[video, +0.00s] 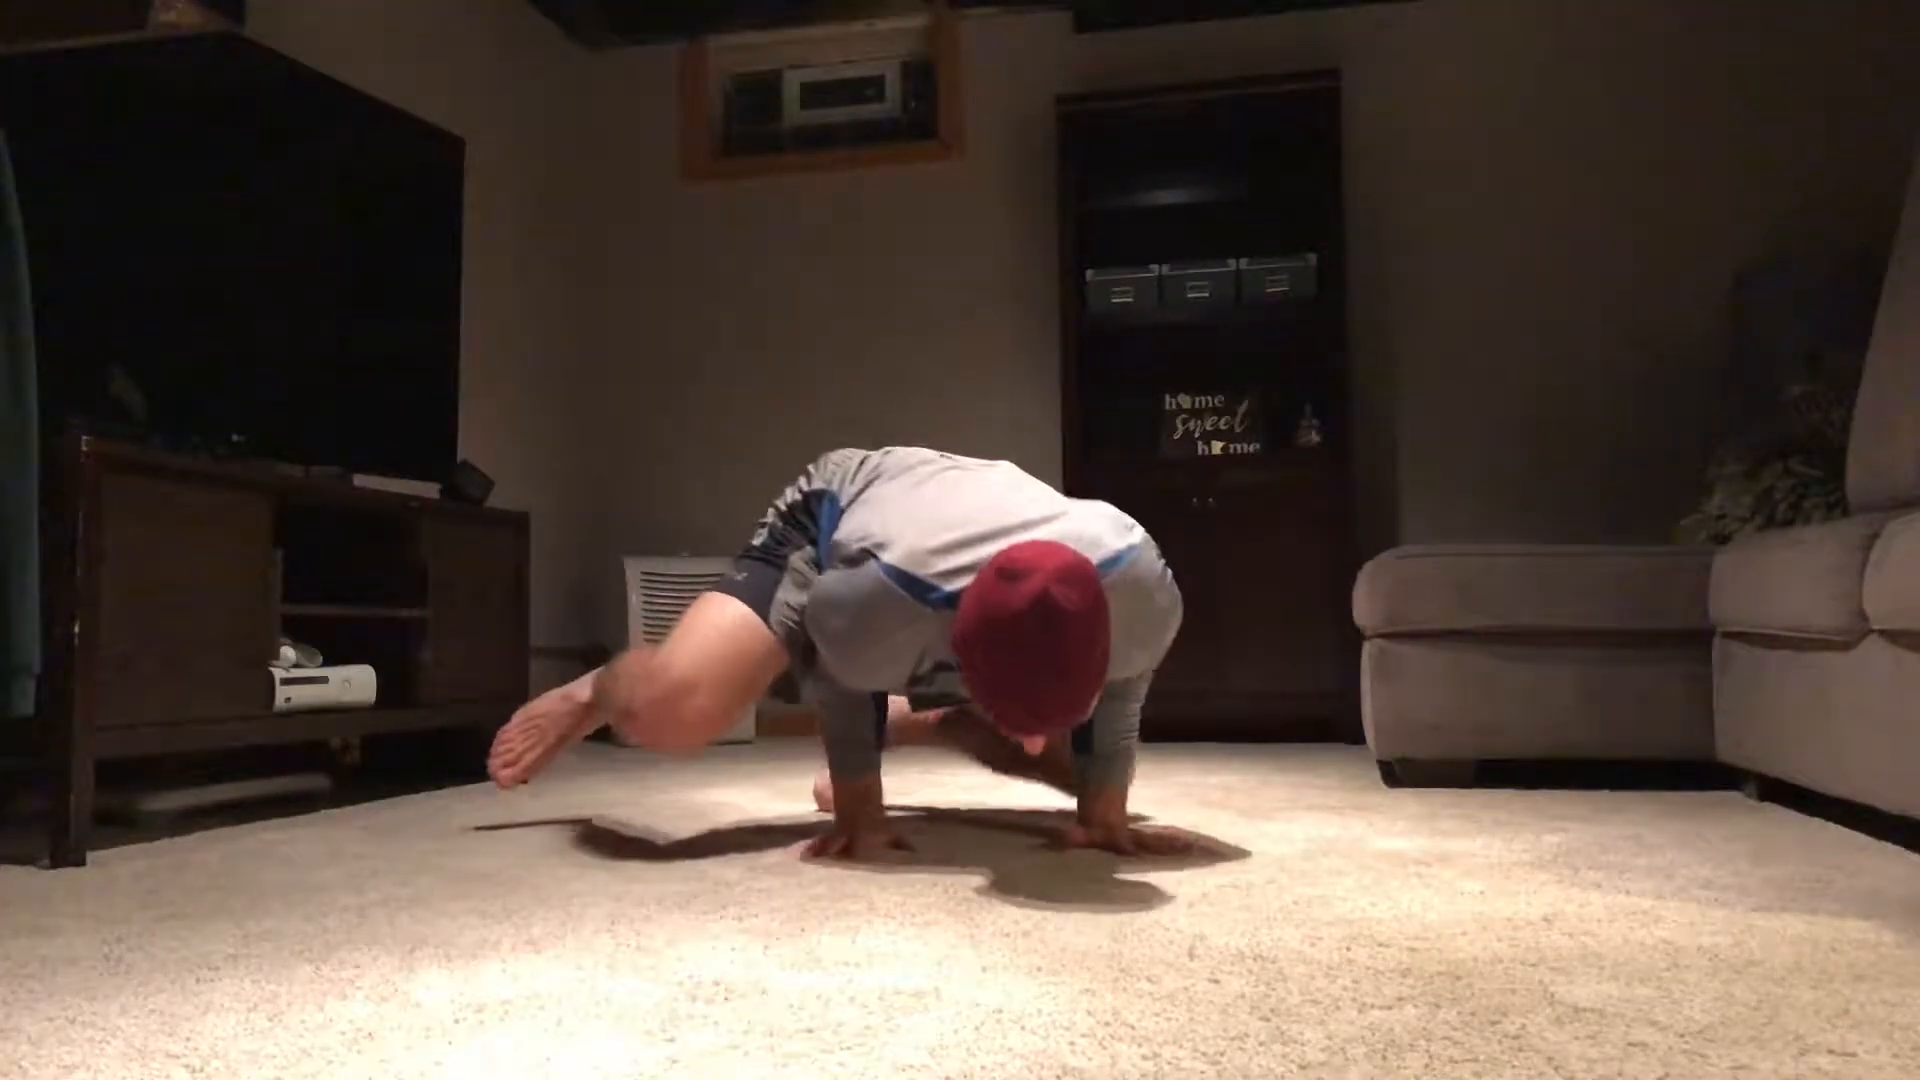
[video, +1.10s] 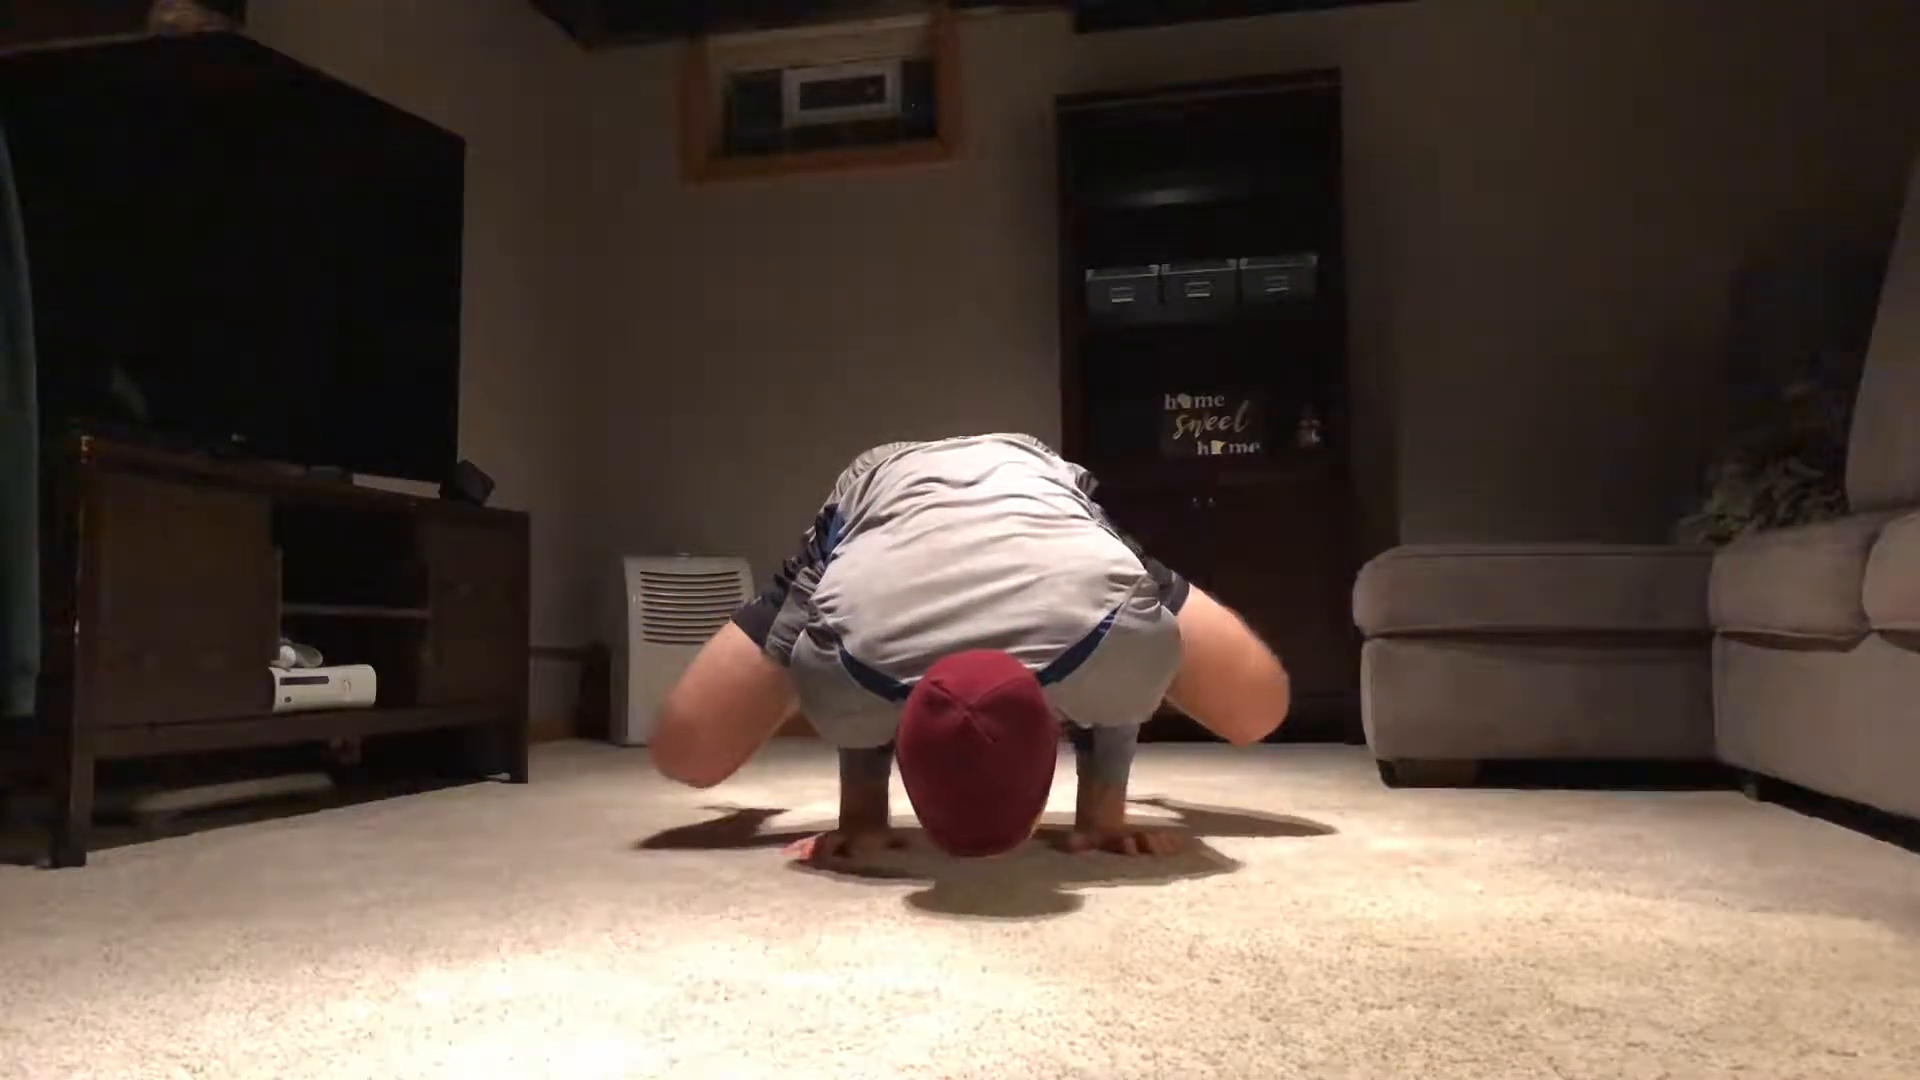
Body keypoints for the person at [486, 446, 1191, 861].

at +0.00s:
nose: (1035, 736)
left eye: (1050, 728)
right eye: (1017, 719)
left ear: (1100, 650)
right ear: (974, 643)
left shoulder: (1144, 593)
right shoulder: (872, 604)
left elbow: (1125, 699)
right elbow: (839, 693)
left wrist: (1107, 822)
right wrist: (860, 825)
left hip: (992, 512)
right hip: (840, 511)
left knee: (1062, 761)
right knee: (675, 720)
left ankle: (922, 719)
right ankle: (599, 694)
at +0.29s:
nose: (1032, 784)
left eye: (1051, 772)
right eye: (1011, 770)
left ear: (1097, 686)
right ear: (963, 694)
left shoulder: (1159, 618)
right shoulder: (865, 638)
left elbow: (1128, 703)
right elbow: (865, 725)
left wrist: (1108, 811)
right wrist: (861, 832)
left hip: (1017, 502)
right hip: (869, 505)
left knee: (1188, 754)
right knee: (678, 737)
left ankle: (961, 708)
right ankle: (633, 700)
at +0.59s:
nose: (1023, 826)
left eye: (1036, 809)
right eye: (1002, 817)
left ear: (1080, 720)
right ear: (946, 722)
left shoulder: (1148, 642)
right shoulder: (861, 654)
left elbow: (1119, 706)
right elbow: (865, 720)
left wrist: (1106, 816)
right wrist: (862, 827)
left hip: (1029, 476)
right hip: (878, 485)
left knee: (1237, 708)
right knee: (687, 752)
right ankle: (664, 713)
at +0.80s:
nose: (995, 839)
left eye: (1018, 825)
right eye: (975, 827)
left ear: (1073, 728)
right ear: (925, 724)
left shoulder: (1140, 653)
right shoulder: (850, 663)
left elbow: (1116, 712)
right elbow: (857, 718)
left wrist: (1104, 814)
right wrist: (861, 823)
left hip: (1038, 478)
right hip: (881, 485)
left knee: (1253, 712)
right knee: (679, 753)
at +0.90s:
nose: (991, 842)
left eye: (1013, 828)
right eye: (971, 831)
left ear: (1063, 724)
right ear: (915, 727)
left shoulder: (1134, 648)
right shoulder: (844, 666)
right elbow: (858, 718)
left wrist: (1104, 810)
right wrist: (862, 821)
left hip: (1039, 477)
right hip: (881, 483)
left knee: (1255, 713)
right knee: (680, 752)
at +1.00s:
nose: (985, 846)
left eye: (1004, 832)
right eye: (963, 832)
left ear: (1050, 724)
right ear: (910, 726)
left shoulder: (1127, 646)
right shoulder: (835, 658)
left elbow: (1260, 710)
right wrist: (861, 823)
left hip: (1040, 476)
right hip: (881, 482)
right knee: (680, 751)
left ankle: (1103, 813)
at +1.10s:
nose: (973, 854)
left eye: (997, 839)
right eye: (955, 841)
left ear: (1043, 730)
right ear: (905, 728)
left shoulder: (1125, 648)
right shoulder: (832, 663)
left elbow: (1263, 707)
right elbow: (859, 721)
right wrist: (861, 823)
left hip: (1039, 475)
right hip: (879, 483)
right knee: (684, 756)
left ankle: (1102, 813)